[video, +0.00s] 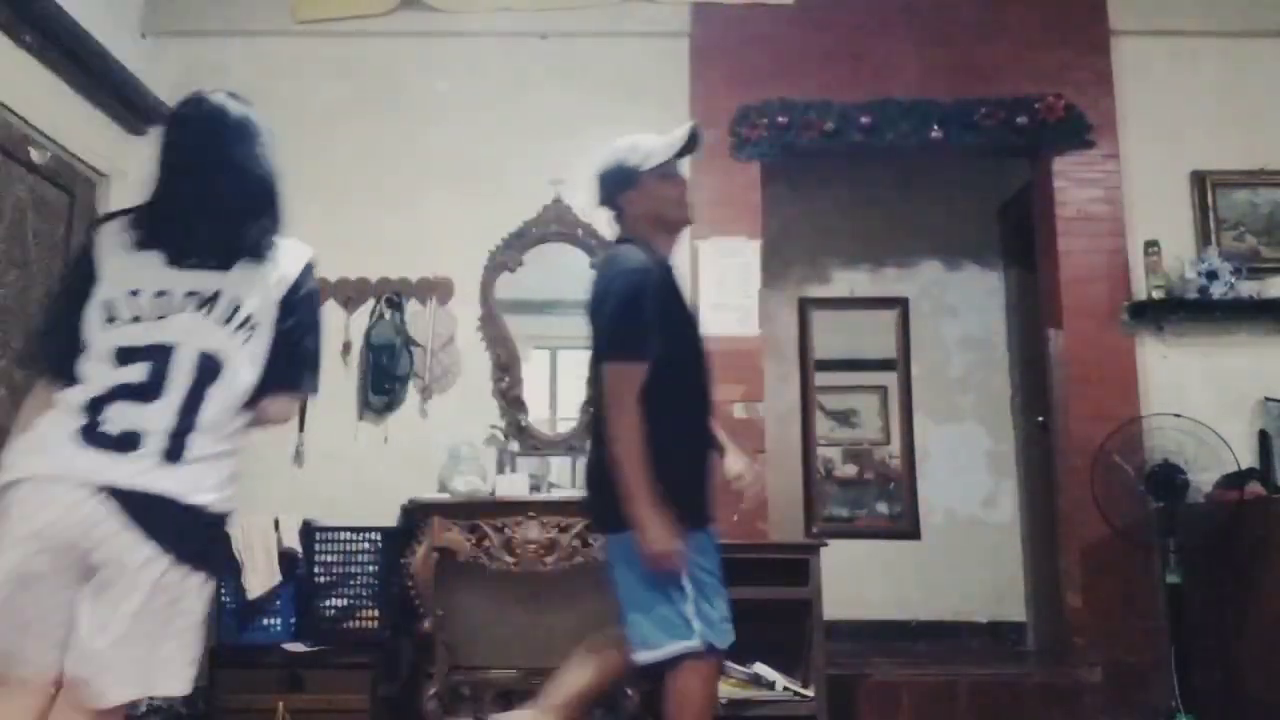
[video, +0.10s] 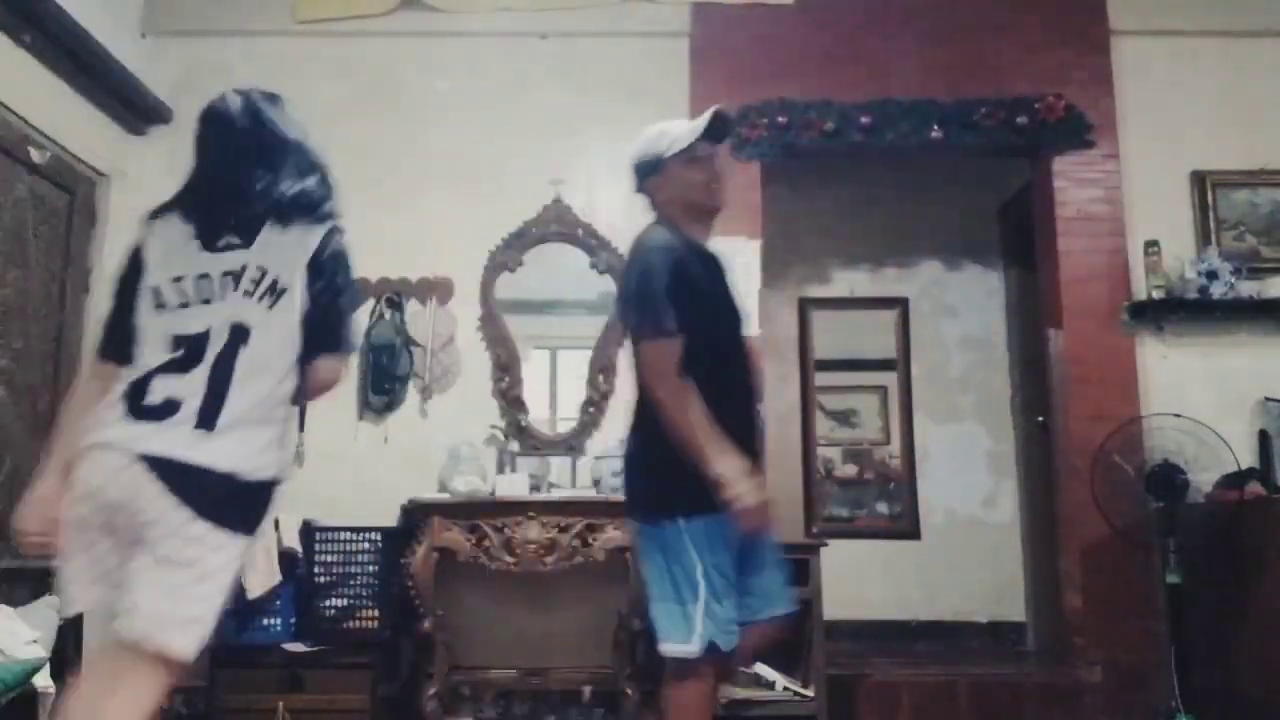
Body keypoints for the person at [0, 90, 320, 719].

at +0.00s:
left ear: (169, 163)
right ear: (258, 171)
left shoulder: (105, 242)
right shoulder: (288, 269)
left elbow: (51, 375)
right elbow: (280, 405)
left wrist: (12, 463)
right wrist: (205, 402)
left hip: (44, 496)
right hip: (168, 527)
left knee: (18, 695)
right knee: (86, 707)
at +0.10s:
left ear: (205, 150)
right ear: (291, 151)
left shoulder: (158, 229)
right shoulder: (315, 234)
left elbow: (104, 369)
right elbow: (326, 369)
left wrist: (51, 475)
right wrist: (270, 394)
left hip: (111, 463)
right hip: (214, 488)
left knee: (100, 669)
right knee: (143, 672)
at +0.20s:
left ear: (237, 182)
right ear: (325, 183)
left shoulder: (202, 260)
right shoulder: (332, 255)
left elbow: (169, 387)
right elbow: (366, 385)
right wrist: (344, 429)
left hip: (179, 476)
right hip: (267, 492)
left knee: (220, 670)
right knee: (187, 675)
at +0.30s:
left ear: (288, 234)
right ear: (366, 239)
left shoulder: (256, 304)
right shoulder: (368, 314)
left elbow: (222, 432)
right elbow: (386, 437)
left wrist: (200, 543)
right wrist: (403, 536)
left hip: (232, 520)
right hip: (299, 535)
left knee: (292, 690)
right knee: (203, 692)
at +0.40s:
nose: (415, 266)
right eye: (411, 256)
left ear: (341, 254)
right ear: (403, 260)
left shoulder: (316, 323)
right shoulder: (417, 328)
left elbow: (292, 431)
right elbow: (430, 442)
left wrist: (271, 530)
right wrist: (454, 540)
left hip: (306, 521)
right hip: (366, 529)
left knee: (365, 668)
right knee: (298, 687)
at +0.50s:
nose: (468, 258)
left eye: (463, 249)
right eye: (463, 249)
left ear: (402, 251)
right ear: (451, 255)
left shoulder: (383, 310)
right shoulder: (466, 314)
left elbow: (356, 403)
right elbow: (469, 416)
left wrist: (373, 484)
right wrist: (489, 506)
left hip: (373, 507)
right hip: (426, 515)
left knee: (389, 652)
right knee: (430, 659)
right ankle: (342, 714)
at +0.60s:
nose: (524, 243)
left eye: (521, 233)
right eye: (517, 234)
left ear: (453, 240)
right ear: (496, 242)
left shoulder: (429, 296)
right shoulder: (506, 296)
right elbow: (496, 398)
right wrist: (513, 493)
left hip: (427, 485)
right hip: (477, 490)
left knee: (442, 623)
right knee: (512, 624)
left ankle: (400, 712)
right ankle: (456, 714)